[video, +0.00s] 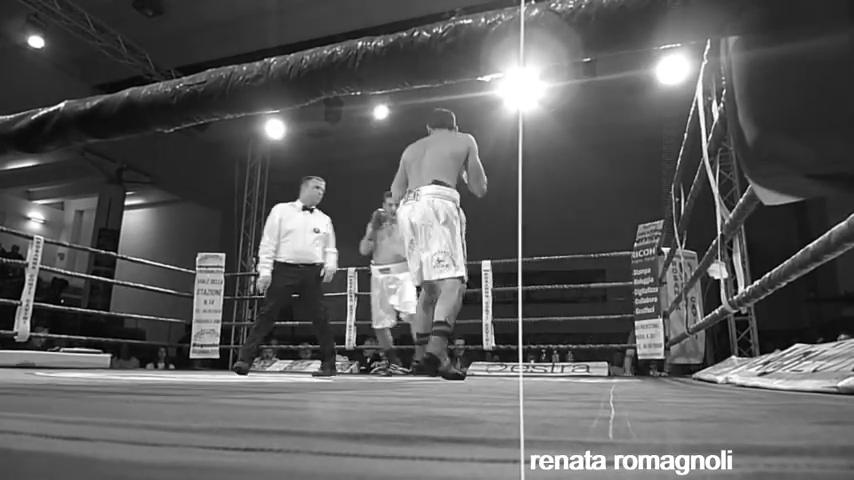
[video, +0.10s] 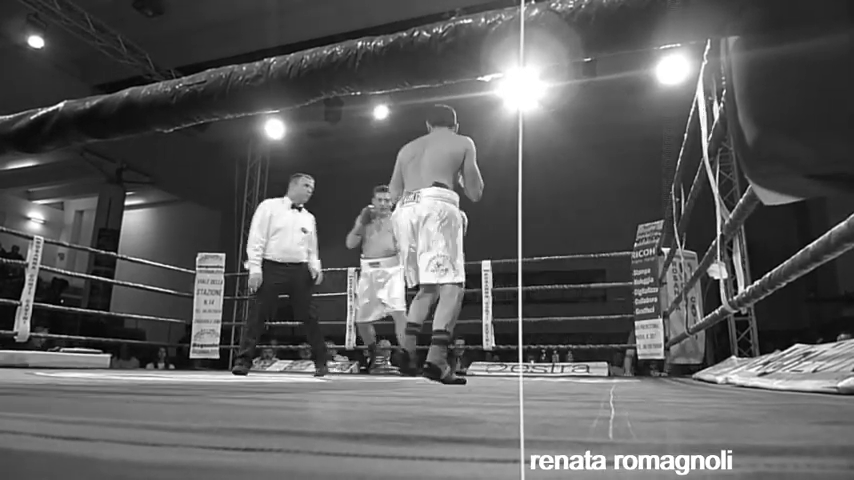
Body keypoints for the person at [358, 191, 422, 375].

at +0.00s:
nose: (393, 208)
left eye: (396, 205)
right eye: (390, 205)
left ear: (401, 205)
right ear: (383, 205)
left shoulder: (406, 221)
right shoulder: (376, 222)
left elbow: (416, 245)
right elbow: (364, 250)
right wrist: (373, 227)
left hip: (403, 269)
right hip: (379, 272)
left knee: (411, 314)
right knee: (381, 320)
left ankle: (420, 356)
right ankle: (391, 359)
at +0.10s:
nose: (384, 204)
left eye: (387, 200)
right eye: (380, 200)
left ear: (392, 201)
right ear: (373, 201)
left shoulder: (396, 219)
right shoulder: (366, 218)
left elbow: (405, 244)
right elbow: (350, 244)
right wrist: (362, 222)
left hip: (393, 266)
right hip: (369, 267)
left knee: (399, 311)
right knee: (362, 318)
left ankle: (407, 355)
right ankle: (374, 354)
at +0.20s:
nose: (365, 209)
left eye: (369, 205)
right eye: (361, 205)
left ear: (375, 206)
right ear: (354, 206)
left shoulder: (381, 222)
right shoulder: (349, 222)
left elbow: (397, 238)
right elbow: (334, 249)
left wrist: (385, 222)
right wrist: (344, 225)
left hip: (376, 272)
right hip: (352, 272)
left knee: (381, 317)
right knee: (339, 318)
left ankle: (390, 362)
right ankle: (334, 361)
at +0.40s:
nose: (350, 209)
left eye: (353, 205)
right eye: (346, 204)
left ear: (359, 206)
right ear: (339, 205)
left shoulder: (363, 224)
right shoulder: (331, 222)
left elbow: (371, 248)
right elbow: (319, 249)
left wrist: (369, 226)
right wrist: (330, 227)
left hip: (357, 271)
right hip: (334, 272)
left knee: (362, 312)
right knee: (325, 319)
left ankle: (368, 356)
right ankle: (330, 361)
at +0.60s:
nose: (334, 204)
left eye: (338, 201)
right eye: (332, 200)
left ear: (347, 202)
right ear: (328, 201)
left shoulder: (352, 220)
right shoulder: (321, 219)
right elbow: (304, 242)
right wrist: (317, 219)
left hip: (341, 265)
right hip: (317, 266)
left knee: (343, 315)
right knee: (306, 314)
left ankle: (343, 361)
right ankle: (303, 357)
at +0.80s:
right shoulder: (298, 228)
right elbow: (286, 249)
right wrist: (294, 229)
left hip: (327, 275)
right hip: (302, 275)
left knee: (329, 309)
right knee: (288, 317)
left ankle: (338, 359)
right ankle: (285, 356)